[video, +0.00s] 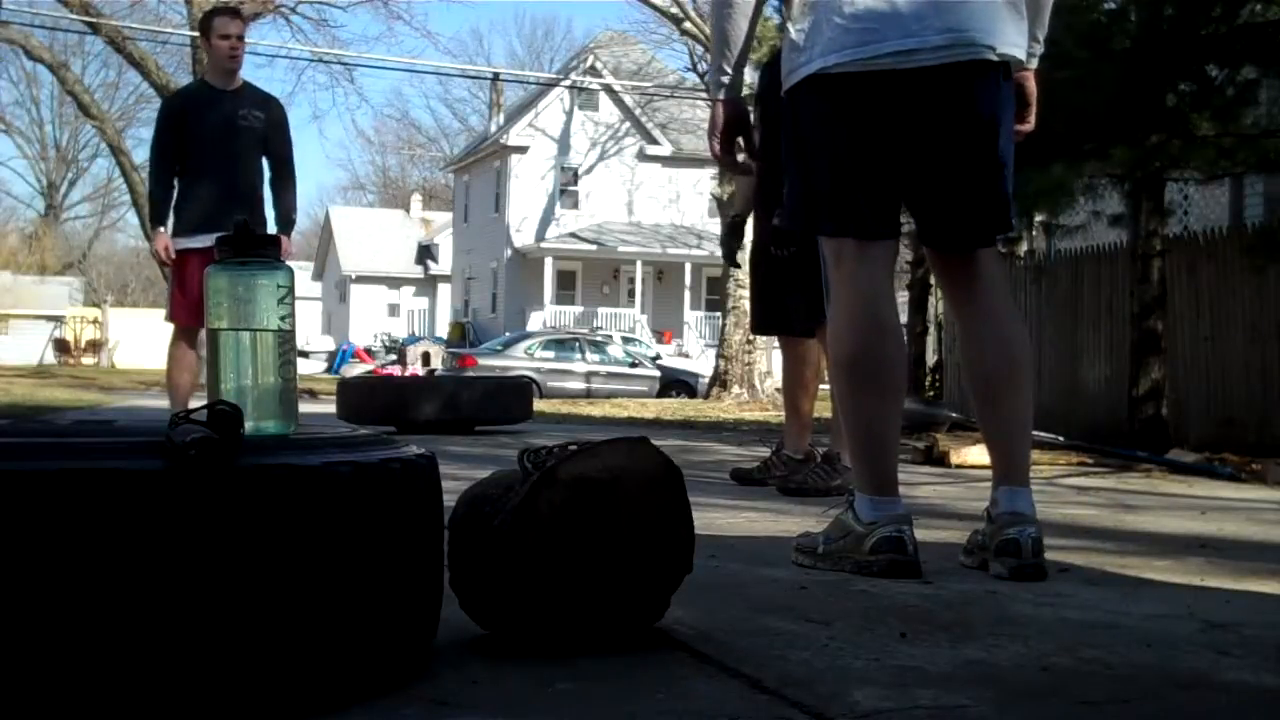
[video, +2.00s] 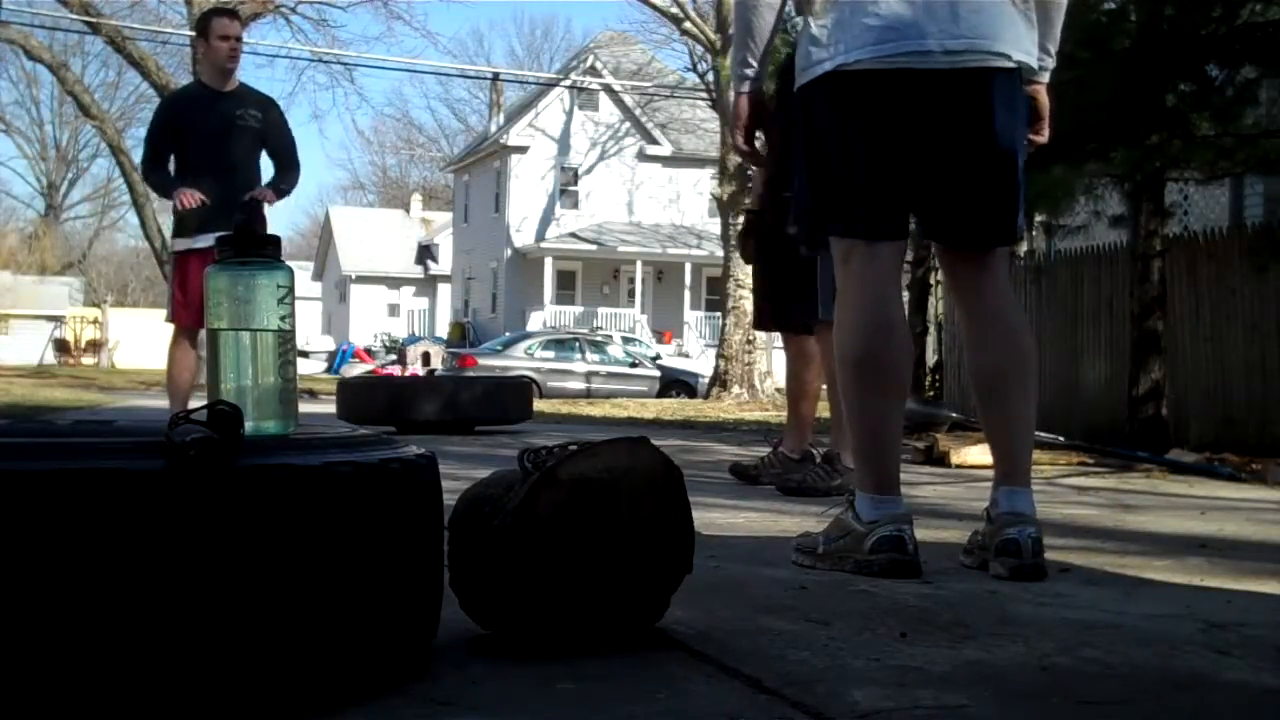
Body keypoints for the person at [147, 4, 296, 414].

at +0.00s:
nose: (235, 46)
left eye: (240, 39)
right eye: (226, 38)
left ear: (246, 44)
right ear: (205, 44)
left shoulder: (267, 107)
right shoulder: (177, 105)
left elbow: (283, 172)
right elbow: (161, 171)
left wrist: (285, 230)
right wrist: (158, 227)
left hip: (249, 238)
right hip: (191, 238)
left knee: (246, 335)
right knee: (187, 331)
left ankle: (242, 424)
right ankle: (179, 422)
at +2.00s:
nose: (235, 47)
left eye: (239, 40)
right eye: (225, 39)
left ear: (243, 46)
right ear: (201, 46)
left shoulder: (262, 107)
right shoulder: (175, 105)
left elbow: (289, 166)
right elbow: (152, 166)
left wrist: (273, 190)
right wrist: (175, 189)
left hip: (246, 236)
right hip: (193, 237)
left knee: (245, 333)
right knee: (187, 331)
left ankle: (243, 424)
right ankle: (178, 421)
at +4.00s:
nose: (239, 51)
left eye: (242, 44)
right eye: (229, 44)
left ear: (246, 47)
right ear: (205, 50)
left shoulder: (267, 109)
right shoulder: (179, 108)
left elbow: (285, 170)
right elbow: (163, 169)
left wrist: (276, 221)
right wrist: (176, 220)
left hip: (251, 239)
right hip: (196, 239)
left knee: (251, 334)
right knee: (189, 330)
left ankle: (249, 425)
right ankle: (178, 421)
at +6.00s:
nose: (268, 56)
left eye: (275, 48)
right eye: (260, 48)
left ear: (282, 49)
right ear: (240, 47)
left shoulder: (297, 108)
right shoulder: (210, 103)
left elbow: (313, 173)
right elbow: (192, 167)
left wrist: (313, 229)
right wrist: (194, 220)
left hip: (269, 235)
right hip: (214, 232)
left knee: (267, 329)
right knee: (192, 319)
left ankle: (266, 417)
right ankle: (180, 408)